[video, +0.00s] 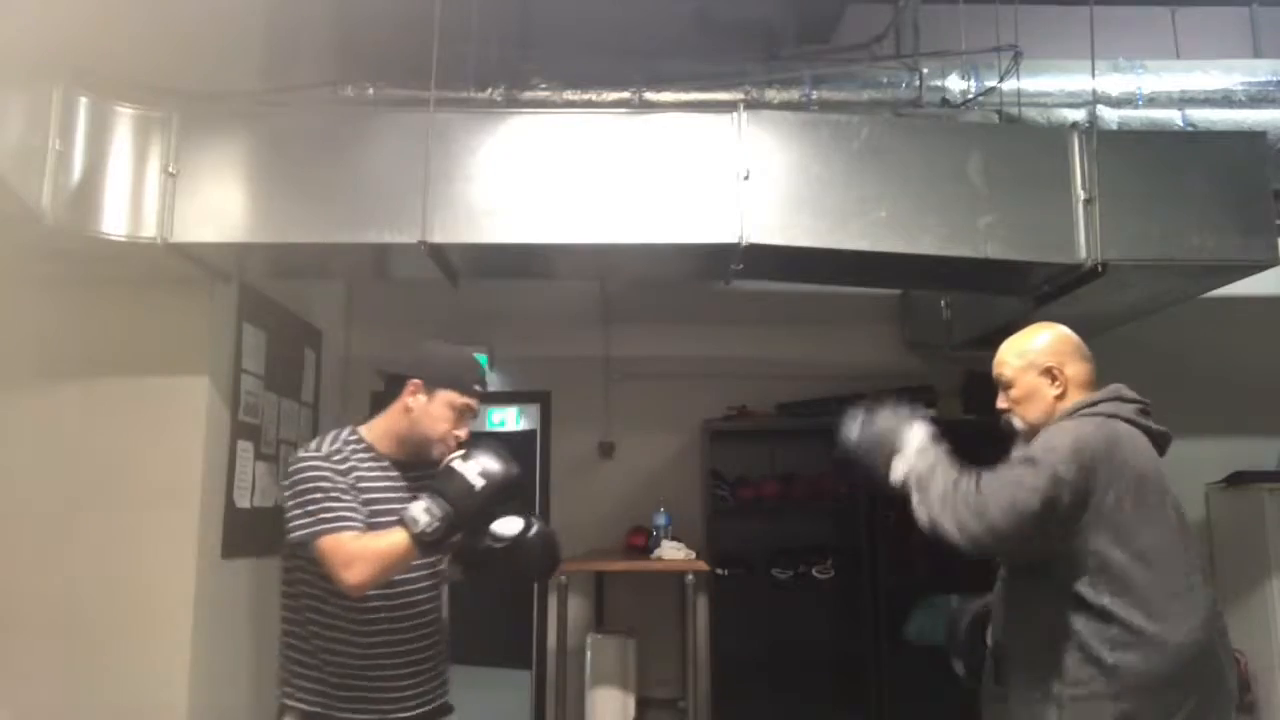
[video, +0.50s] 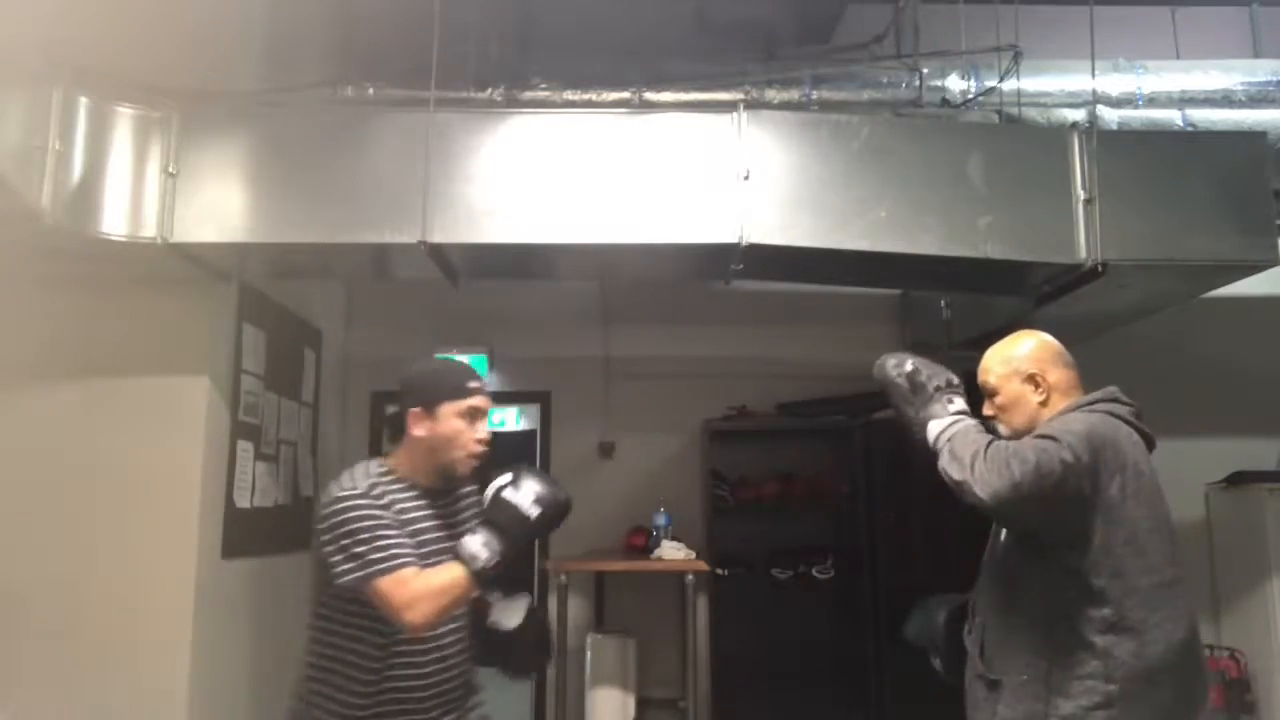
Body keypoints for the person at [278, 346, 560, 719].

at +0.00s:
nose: (465, 434)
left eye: (470, 421)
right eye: (460, 413)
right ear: (413, 395)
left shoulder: (428, 473)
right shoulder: (321, 464)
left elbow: (444, 560)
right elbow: (352, 570)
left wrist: (499, 556)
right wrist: (441, 507)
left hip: (425, 704)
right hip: (333, 709)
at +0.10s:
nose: (459, 426)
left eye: (464, 411)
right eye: (453, 405)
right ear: (404, 391)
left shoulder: (424, 470)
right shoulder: (314, 461)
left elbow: (442, 554)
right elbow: (340, 573)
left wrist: (497, 542)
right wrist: (432, 512)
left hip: (418, 701)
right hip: (325, 708)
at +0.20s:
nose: (456, 419)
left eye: (461, 404)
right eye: (448, 398)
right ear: (400, 389)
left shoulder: (428, 472)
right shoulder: (318, 464)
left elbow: (446, 561)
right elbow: (338, 580)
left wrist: (504, 535)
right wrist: (434, 523)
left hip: (422, 701)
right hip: (328, 708)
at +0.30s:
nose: (456, 419)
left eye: (459, 404)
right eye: (445, 400)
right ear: (397, 396)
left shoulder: (434, 474)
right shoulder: (321, 473)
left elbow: (442, 573)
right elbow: (350, 592)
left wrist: (500, 531)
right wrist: (447, 537)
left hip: (421, 703)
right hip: (328, 709)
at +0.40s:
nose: (459, 435)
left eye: (461, 421)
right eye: (446, 417)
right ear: (395, 418)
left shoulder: (434, 487)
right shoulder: (328, 492)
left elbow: (443, 597)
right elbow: (377, 605)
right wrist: (472, 554)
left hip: (425, 707)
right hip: (331, 710)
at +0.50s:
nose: (486, 435)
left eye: (486, 420)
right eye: (470, 417)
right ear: (419, 422)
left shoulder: (462, 493)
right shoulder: (354, 498)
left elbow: (470, 590)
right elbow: (413, 609)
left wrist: (509, 621)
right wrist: (491, 540)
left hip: (454, 707)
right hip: (365, 711)